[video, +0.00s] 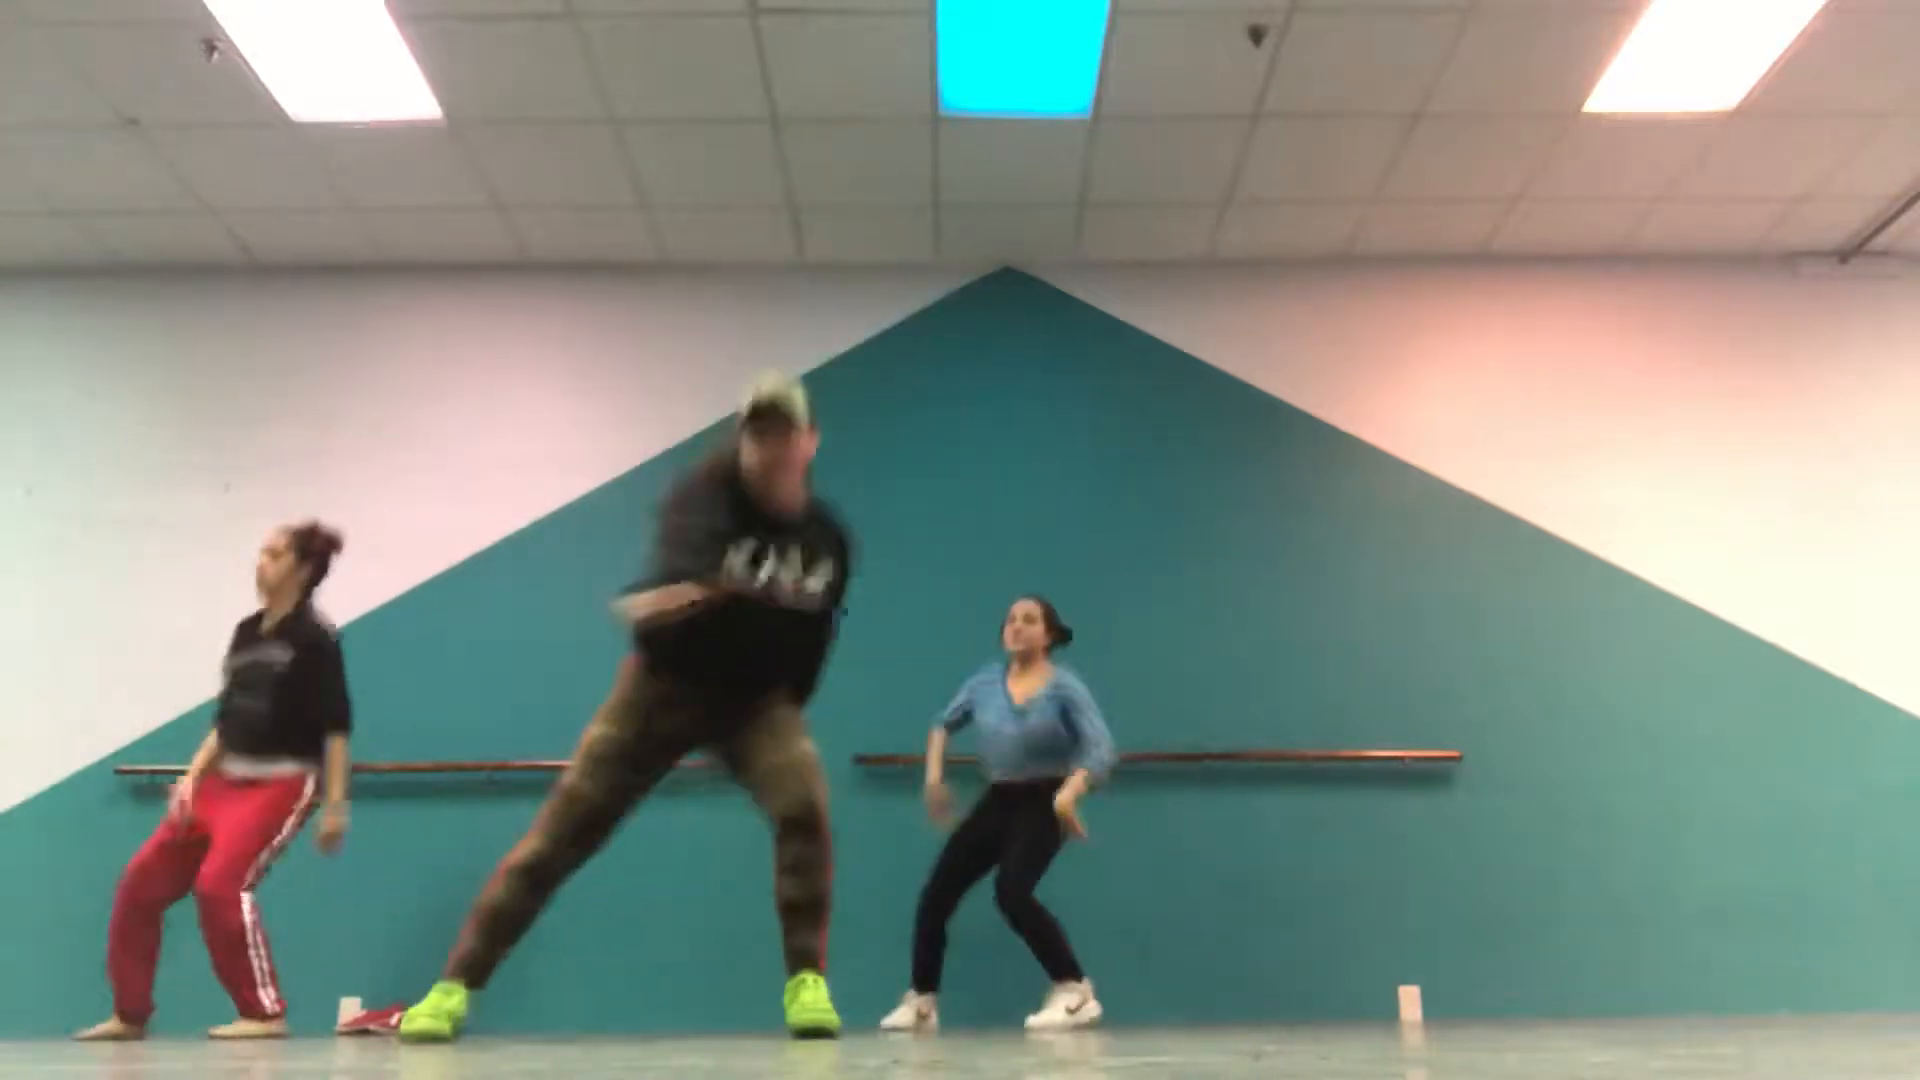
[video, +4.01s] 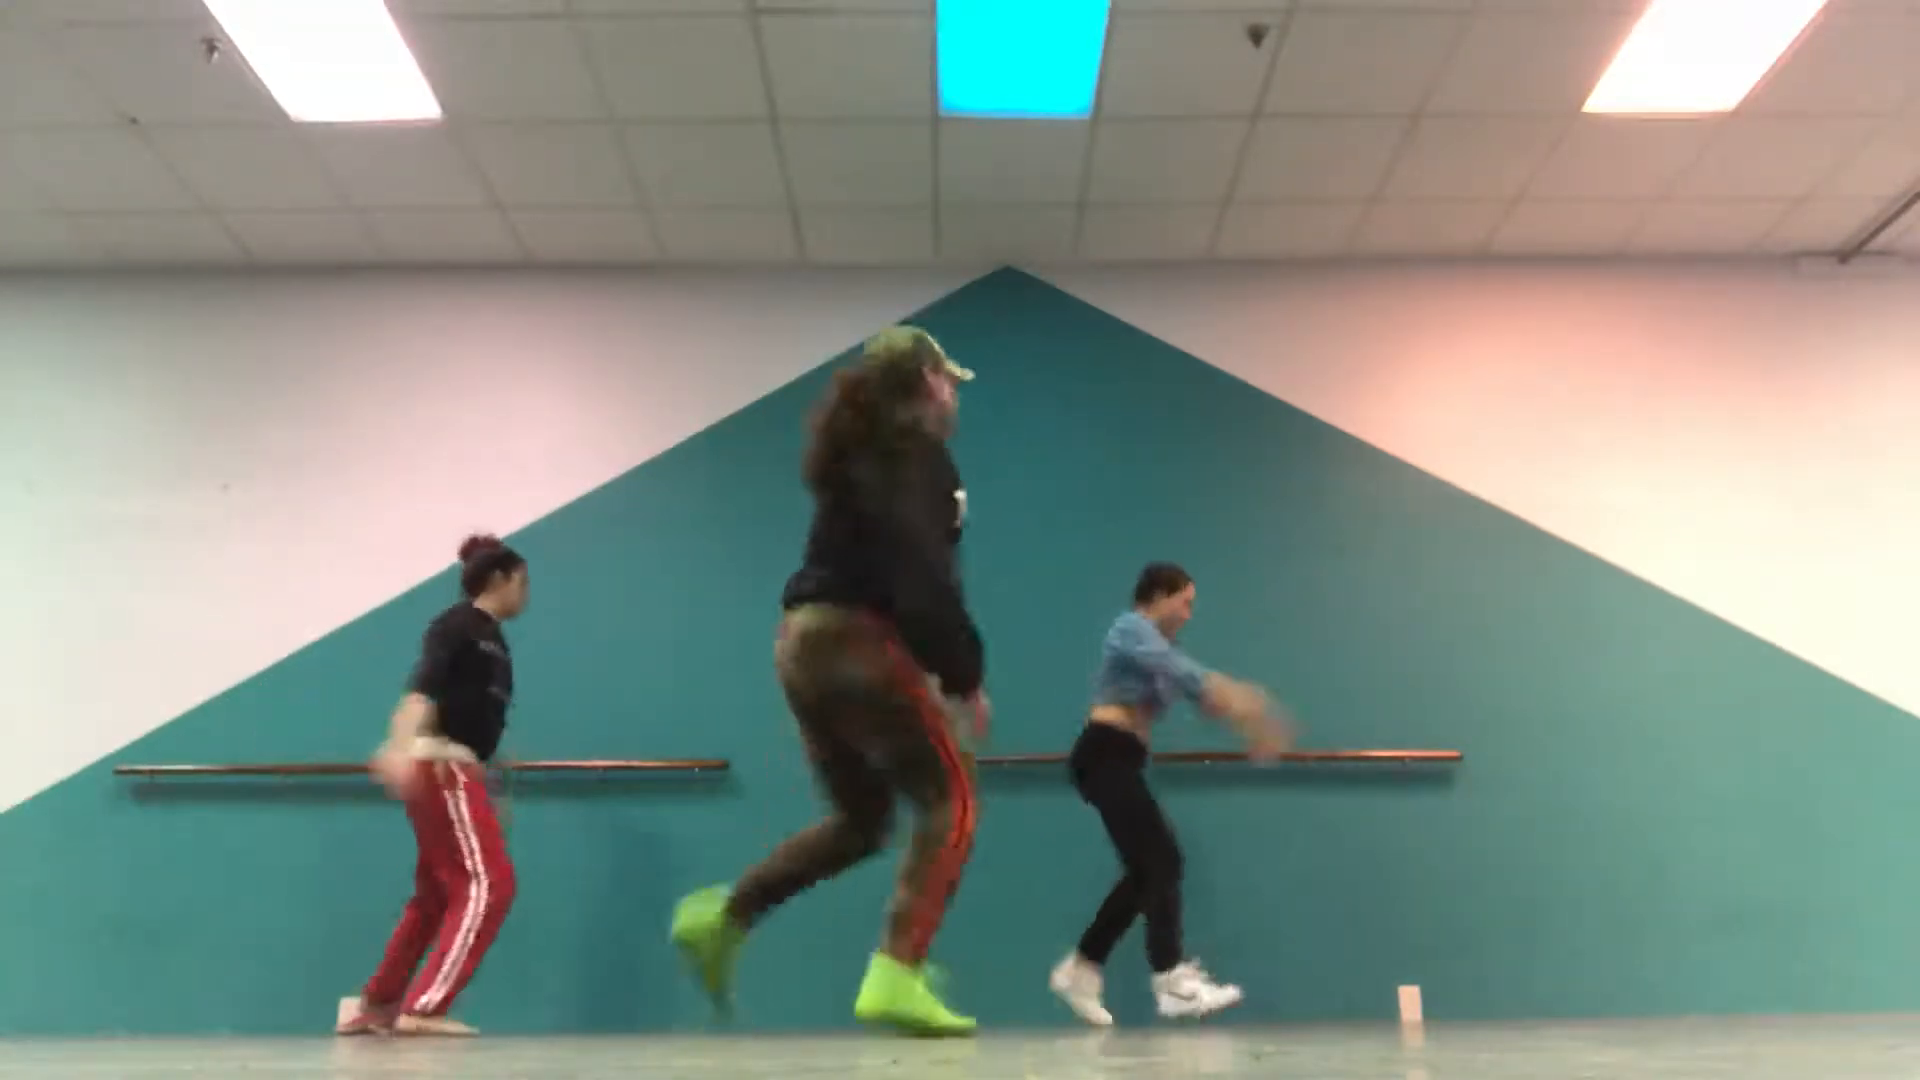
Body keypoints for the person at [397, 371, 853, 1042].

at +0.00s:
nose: (767, 451)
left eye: (782, 436)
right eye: (756, 436)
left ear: (810, 444)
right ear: (738, 442)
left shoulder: (828, 537)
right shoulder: (703, 497)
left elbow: (818, 634)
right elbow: (654, 602)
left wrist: (793, 704)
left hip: (758, 703)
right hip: (663, 688)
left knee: (803, 811)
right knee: (559, 836)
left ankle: (807, 983)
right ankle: (455, 988)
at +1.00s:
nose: (837, 404)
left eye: (849, 390)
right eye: (827, 396)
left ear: (883, 389)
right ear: (824, 408)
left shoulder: (902, 451)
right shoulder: (849, 459)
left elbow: (944, 532)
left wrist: (910, 625)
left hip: (830, 607)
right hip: (844, 613)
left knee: (779, 786)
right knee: (841, 809)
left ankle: (779, 981)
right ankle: (943, 961)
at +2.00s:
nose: (734, 447)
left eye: (751, 434)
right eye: (725, 434)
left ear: (781, 446)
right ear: (706, 443)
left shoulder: (818, 529)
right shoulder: (668, 533)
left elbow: (865, 615)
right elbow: (649, 636)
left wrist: (856, 689)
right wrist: (680, 726)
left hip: (785, 727)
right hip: (683, 726)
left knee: (869, 810)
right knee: (539, 814)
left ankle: (873, 985)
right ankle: (543, 996)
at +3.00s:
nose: (915, 343)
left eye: (915, 333)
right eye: (903, 331)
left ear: (871, 329)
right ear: (864, 328)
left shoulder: (876, 394)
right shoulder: (847, 373)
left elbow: (949, 467)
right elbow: (929, 425)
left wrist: (1031, 453)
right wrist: (1027, 432)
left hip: (852, 570)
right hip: (838, 561)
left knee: (887, 760)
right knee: (920, 731)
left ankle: (822, 946)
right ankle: (839, 902)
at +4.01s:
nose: (957, 395)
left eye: (952, 382)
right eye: (948, 383)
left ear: (894, 388)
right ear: (925, 386)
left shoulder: (859, 445)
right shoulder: (912, 452)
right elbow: (921, 579)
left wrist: (948, 674)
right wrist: (967, 679)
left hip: (802, 631)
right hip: (853, 632)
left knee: (861, 820)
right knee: (950, 802)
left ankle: (725, 918)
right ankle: (898, 973)